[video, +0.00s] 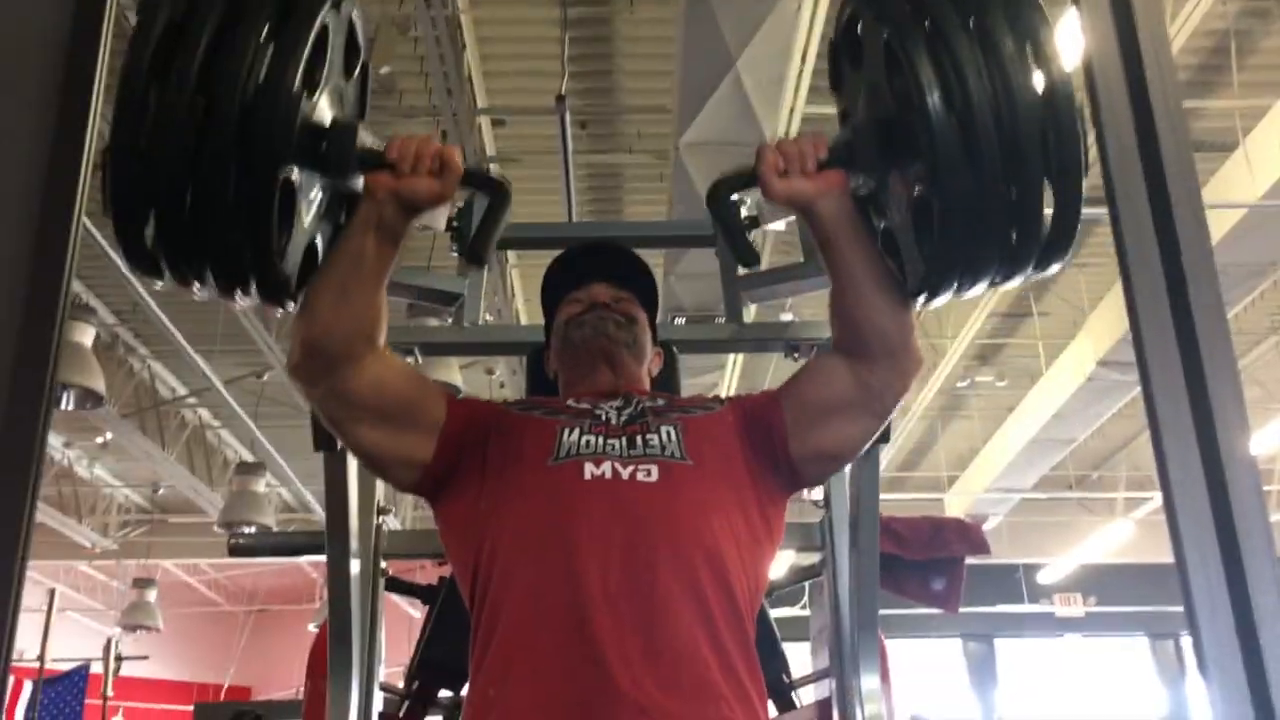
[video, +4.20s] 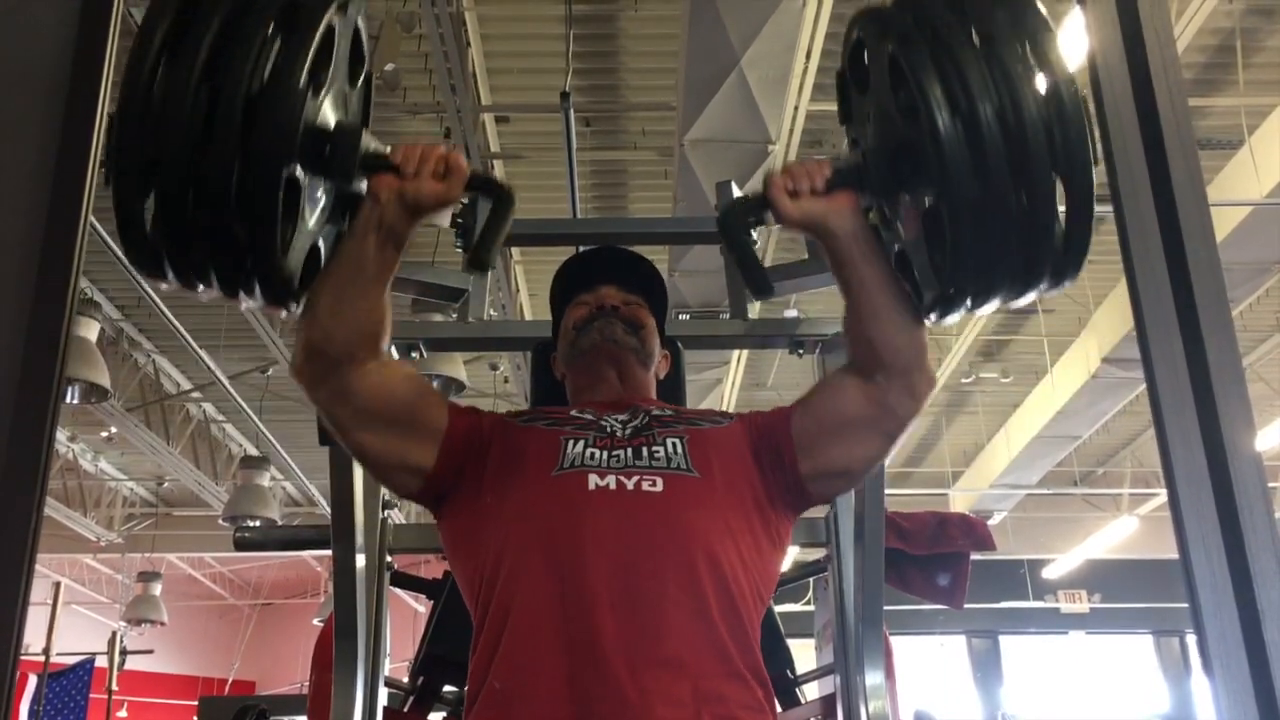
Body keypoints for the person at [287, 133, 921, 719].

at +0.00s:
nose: (598, 315)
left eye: (623, 309)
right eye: (575, 311)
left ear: (658, 356)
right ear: (547, 357)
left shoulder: (745, 433)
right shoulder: (481, 439)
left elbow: (883, 361)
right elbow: (328, 361)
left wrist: (829, 207)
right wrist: (385, 212)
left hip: (716, 706)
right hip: (521, 707)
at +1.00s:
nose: (608, 295)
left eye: (632, 296)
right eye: (582, 296)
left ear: (665, 351)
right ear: (551, 351)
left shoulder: (742, 442)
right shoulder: (487, 448)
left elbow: (914, 434)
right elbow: (305, 439)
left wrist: (859, 297)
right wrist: (365, 299)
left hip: (723, 701)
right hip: (525, 703)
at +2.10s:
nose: (606, 305)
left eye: (631, 303)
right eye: (582, 303)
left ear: (663, 353)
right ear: (552, 354)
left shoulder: (751, 436)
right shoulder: (483, 440)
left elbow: (882, 352)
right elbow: (340, 345)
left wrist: (834, 195)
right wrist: (390, 199)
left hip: (722, 703)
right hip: (520, 703)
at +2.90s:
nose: (608, 298)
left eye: (632, 299)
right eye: (582, 300)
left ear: (663, 356)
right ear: (552, 356)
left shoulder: (746, 449)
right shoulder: (487, 456)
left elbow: (912, 428)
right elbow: (309, 428)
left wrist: (857, 283)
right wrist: (371, 280)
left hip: (724, 703)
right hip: (527, 705)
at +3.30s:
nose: (610, 298)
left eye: (635, 299)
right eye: (585, 300)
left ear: (666, 357)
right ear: (554, 357)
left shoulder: (744, 454)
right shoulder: (489, 461)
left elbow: (924, 516)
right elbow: (296, 530)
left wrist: (877, 390)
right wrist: (346, 384)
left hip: (729, 706)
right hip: (528, 706)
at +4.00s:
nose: (609, 306)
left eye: (634, 308)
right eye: (584, 307)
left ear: (665, 361)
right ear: (553, 359)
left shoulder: (744, 453)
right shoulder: (488, 458)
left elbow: (924, 444)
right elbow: (302, 438)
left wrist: (860, 311)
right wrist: (363, 301)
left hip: (724, 703)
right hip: (525, 705)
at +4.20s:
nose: (607, 316)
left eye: (632, 313)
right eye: (584, 313)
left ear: (665, 360)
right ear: (553, 361)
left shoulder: (752, 448)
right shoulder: (480, 450)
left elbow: (895, 380)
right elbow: (333, 363)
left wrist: (844, 229)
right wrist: (388, 215)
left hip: (725, 704)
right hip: (522, 705)